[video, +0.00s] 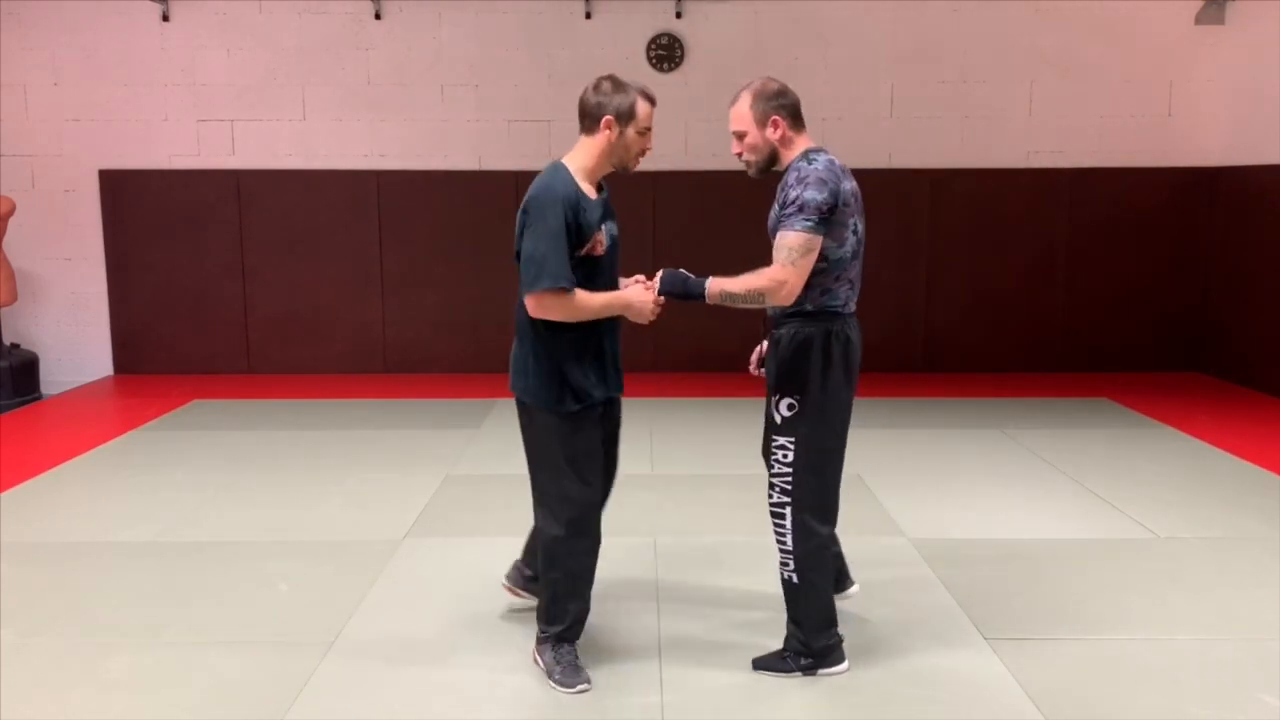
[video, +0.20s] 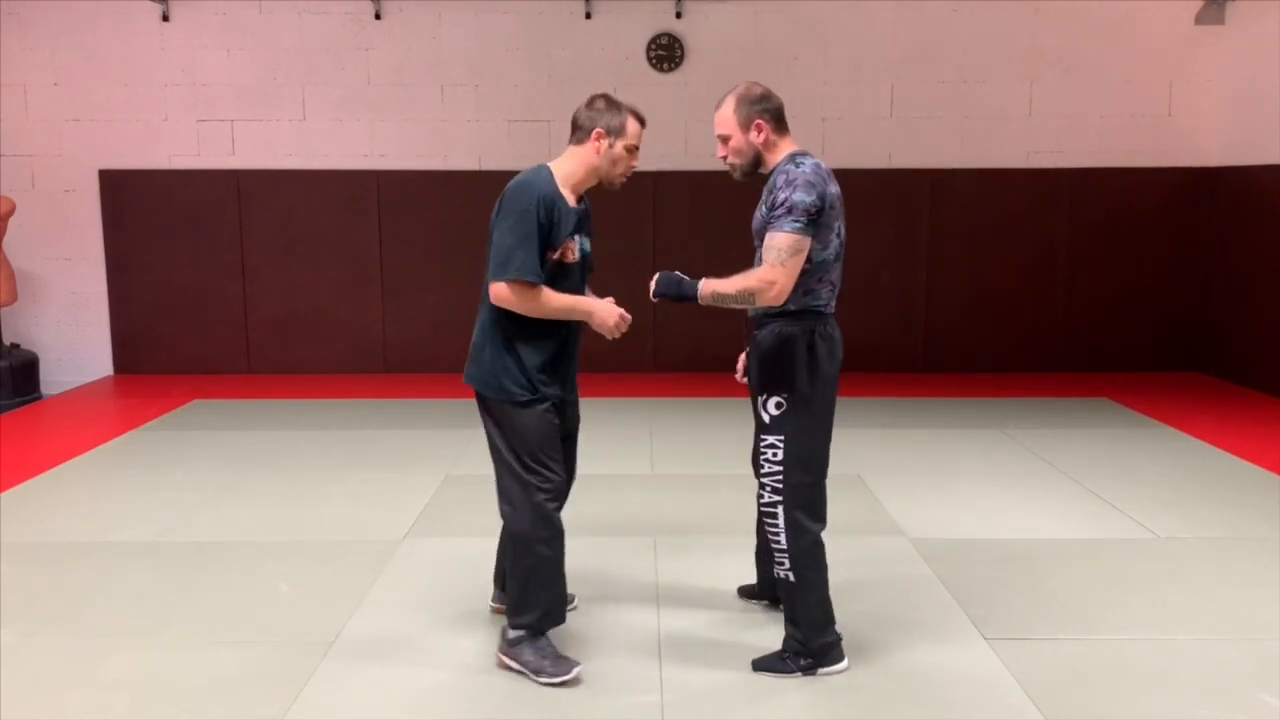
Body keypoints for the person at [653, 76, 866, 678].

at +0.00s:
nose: (734, 146)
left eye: (741, 134)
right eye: (733, 135)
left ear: (776, 128)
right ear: (780, 128)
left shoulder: (810, 180)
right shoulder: (816, 173)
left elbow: (783, 284)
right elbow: (814, 278)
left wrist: (697, 287)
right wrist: (778, 336)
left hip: (812, 346)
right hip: (816, 340)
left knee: (791, 496)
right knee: (801, 470)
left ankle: (813, 645)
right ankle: (829, 569)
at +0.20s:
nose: (719, 149)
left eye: (725, 137)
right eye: (718, 138)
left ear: (760, 131)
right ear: (762, 132)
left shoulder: (798, 182)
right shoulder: (787, 180)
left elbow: (773, 284)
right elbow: (791, 282)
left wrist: (692, 288)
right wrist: (759, 343)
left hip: (798, 345)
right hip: (784, 343)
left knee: (788, 492)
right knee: (775, 476)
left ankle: (815, 642)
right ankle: (777, 579)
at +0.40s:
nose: (709, 153)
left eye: (715, 141)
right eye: (707, 141)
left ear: (750, 132)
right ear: (751, 134)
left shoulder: (789, 181)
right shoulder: (775, 180)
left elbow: (754, 278)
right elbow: (766, 281)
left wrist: (670, 270)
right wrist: (743, 341)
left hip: (783, 344)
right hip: (778, 341)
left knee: (738, 480)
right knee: (774, 474)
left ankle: (791, 622)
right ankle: (774, 585)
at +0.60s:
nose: (694, 152)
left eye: (699, 139)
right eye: (692, 140)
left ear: (735, 132)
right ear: (737, 133)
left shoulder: (767, 183)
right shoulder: (770, 175)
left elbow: (710, 272)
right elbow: (766, 272)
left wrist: (631, 243)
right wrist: (728, 329)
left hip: (765, 342)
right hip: (773, 339)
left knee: (732, 486)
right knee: (771, 474)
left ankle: (754, 642)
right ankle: (783, 586)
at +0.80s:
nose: (669, 153)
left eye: (673, 141)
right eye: (667, 141)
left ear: (707, 135)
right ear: (719, 133)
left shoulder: (720, 190)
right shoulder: (775, 172)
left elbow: (623, 252)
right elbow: (769, 259)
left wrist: (535, 242)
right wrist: (731, 314)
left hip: (758, 346)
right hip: (788, 338)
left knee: (737, 495)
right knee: (776, 474)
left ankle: (755, 645)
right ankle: (782, 578)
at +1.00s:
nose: (655, 155)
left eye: (658, 143)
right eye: (653, 144)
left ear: (688, 137)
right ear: (708, 133)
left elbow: (599, 250)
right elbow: (803, 264)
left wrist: (522, 228)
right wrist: (773, 317)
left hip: (749, 346)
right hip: (784, 338)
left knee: (736, 496)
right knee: (762, 477)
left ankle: (757, 645)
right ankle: (767, 577)